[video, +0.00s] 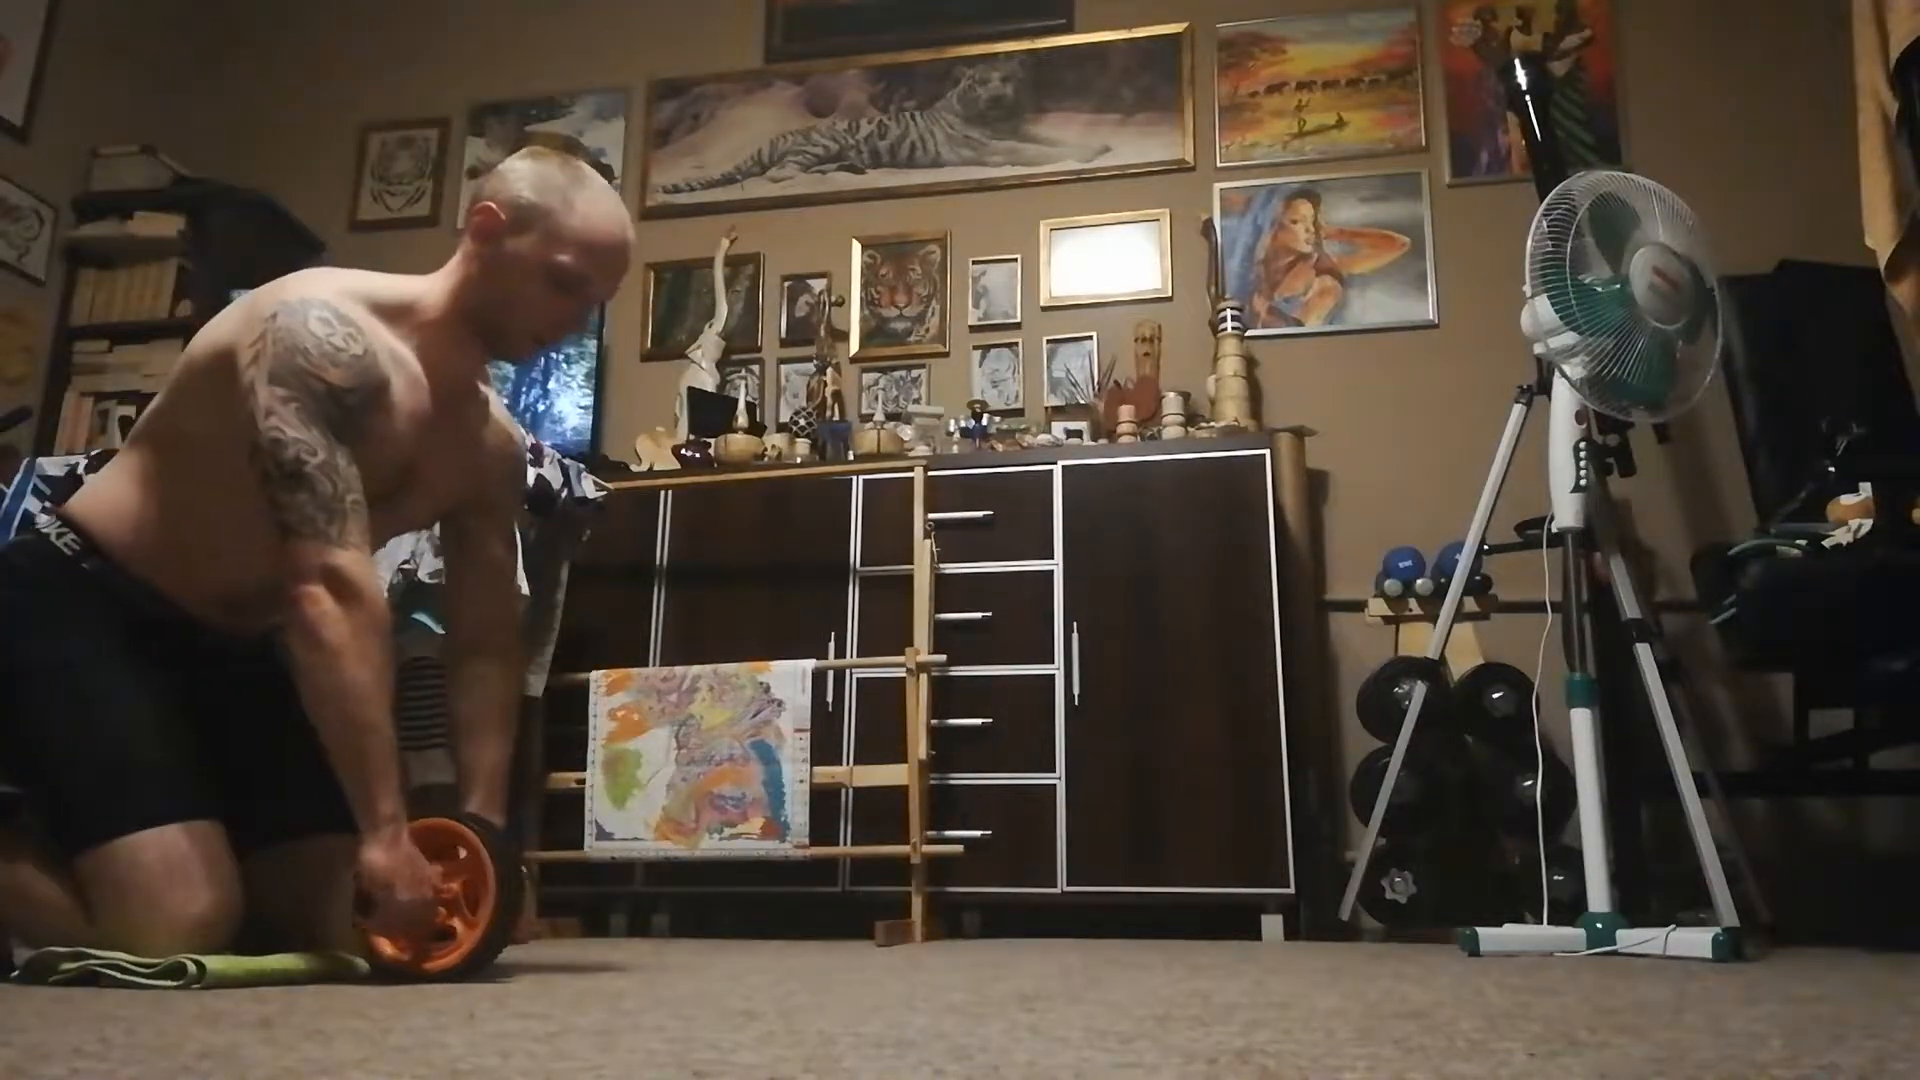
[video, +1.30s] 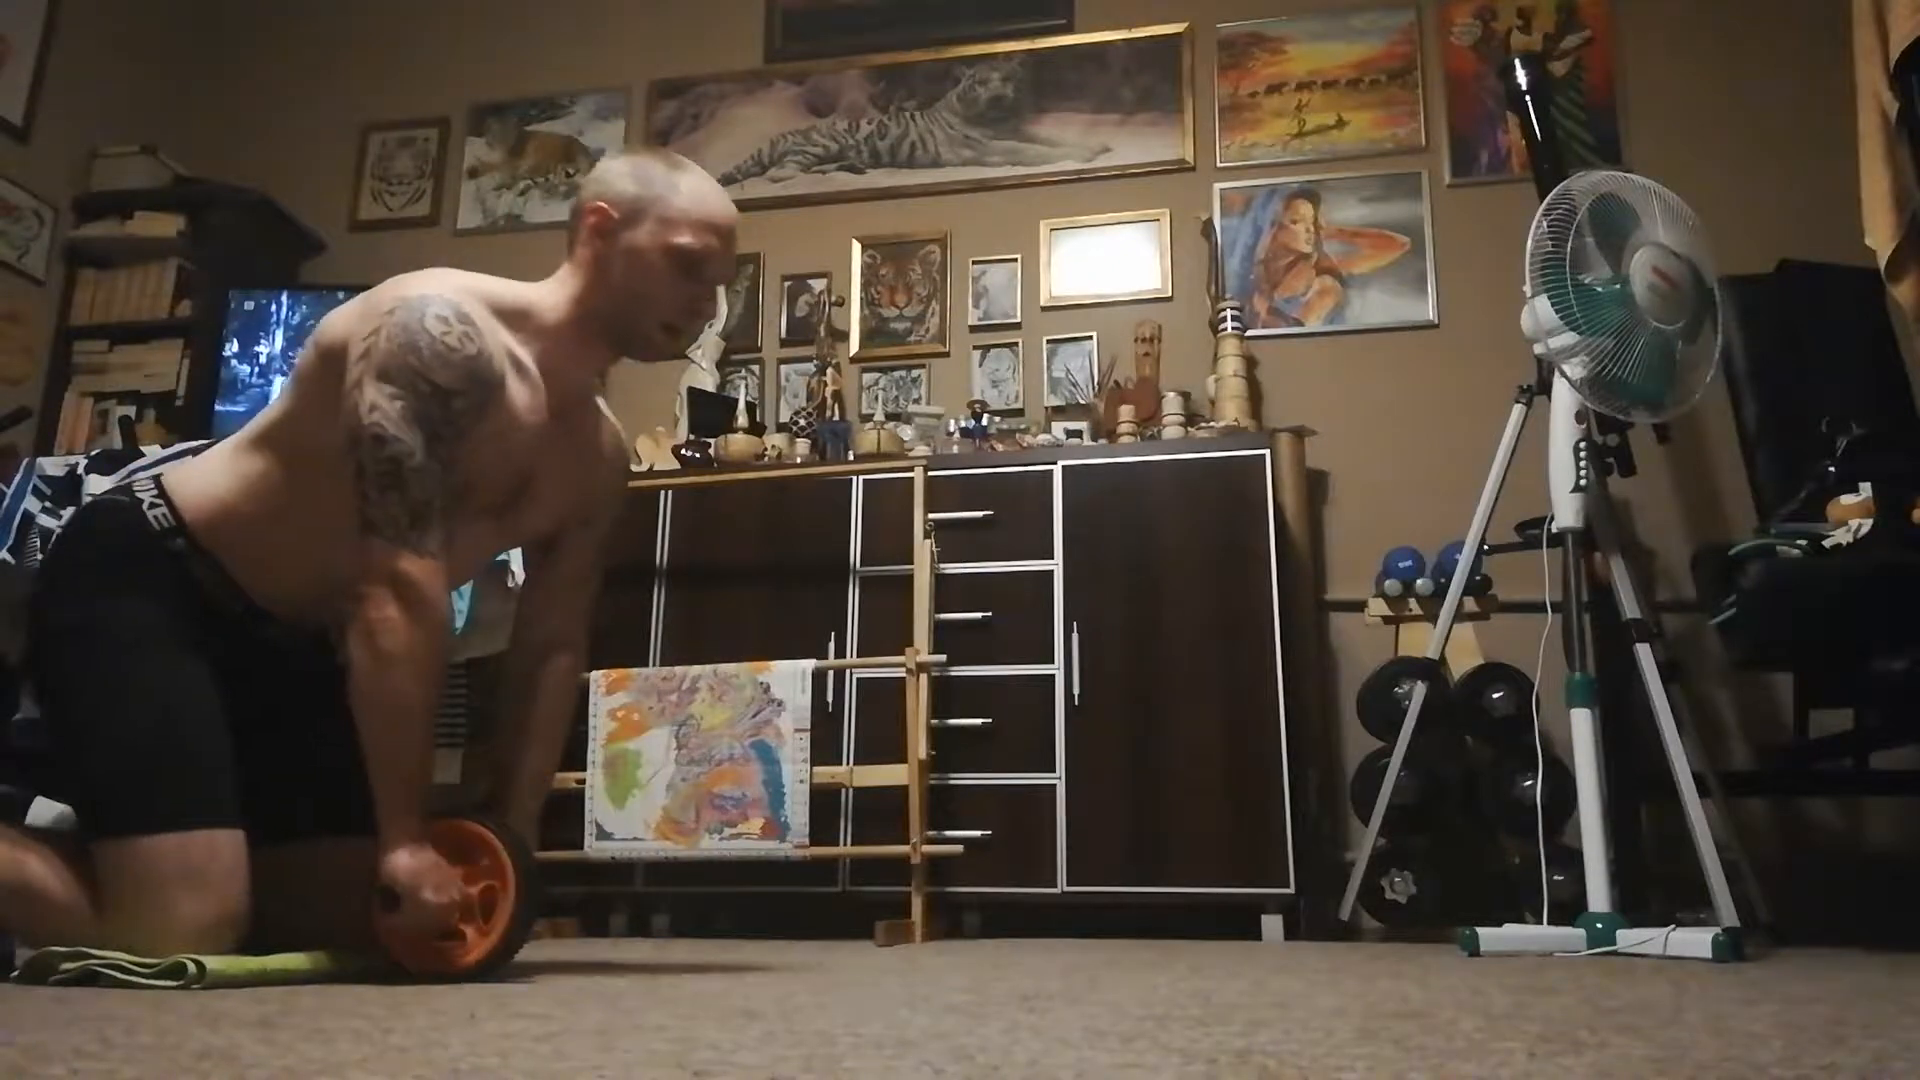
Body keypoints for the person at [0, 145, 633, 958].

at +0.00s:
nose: (580, 320)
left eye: (597, 301)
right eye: (570, 285)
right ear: (487, 227)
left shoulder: (491, 447)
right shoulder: (319, 335)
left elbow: (487, 647)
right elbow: (328, 595)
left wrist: (481, 830)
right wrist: (386, 831)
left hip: (242, 645)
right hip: (87, 602)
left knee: (337, 924)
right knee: (182, 925)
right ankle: (10, 862)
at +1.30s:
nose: (711, 302)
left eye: (722, 279)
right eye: (692, 264)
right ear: (598, 230)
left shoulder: (595, 459)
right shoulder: (439, 332)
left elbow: (549, 656)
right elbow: (390, 601)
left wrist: (506, 849)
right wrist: (404, 845)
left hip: (288, 642)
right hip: (144, 574)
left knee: (351, 916)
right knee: (181, 927)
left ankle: (84, 869)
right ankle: (8, 853)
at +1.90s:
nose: (700, 393)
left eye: (721, 376)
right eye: (698, 358)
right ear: (634, 288)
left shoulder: (587, 460)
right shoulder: (432, 334)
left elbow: (537, 654)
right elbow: (387, 599)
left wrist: (497, 857)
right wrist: (406, 839)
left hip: (298, 629)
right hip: (154, 566)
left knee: (365, 911)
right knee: (178, 926)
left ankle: (121, 863)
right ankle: (14, 842)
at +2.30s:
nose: (705, 382)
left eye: (727, 363)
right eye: (702, 348)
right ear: (632, 280)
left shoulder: (591, 463)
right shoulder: (434, 333)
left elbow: (538, 657)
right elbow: (386, 601)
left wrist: (495, 862)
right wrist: (399, 845)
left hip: (296, 631)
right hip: (155, 565)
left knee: (361, 912)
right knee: (180, 924)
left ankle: (109, 862)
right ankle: (17, 857)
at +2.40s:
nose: (711, 380)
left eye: (732, 360)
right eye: (707, 344)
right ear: (635, 280)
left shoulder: (596, 457)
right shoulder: (437, 334)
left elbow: (542, 650)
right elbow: (388, 603)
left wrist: (496, 858)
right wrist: (399, 847)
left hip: (297, 632)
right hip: (155, 569)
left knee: (356, 915)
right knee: (178, 928)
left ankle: (99, 852)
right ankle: (17, 857)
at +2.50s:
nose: (712, 379)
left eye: (733, 359)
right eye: (709, 342)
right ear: (638, 277)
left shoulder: (593, 461)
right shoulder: (442, 334)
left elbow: (542, 653)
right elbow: (389, 603)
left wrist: (498, 860)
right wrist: (401, 847)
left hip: (297, 633)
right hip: (156, 571)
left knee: (360, 912)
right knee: (177, 927)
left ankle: (107, 859)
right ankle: (21, 861)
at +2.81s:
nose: (716, 379)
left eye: (736, 358)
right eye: (712, 342)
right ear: (639, 276)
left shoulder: (601, 457)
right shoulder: (450, 336)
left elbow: (543, 652)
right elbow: (392, 603)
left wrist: (502, 854)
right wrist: (400, 845)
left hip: (298, 634)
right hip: (157, 570)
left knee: (360, 913)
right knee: (175, 919)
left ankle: (139, 892)